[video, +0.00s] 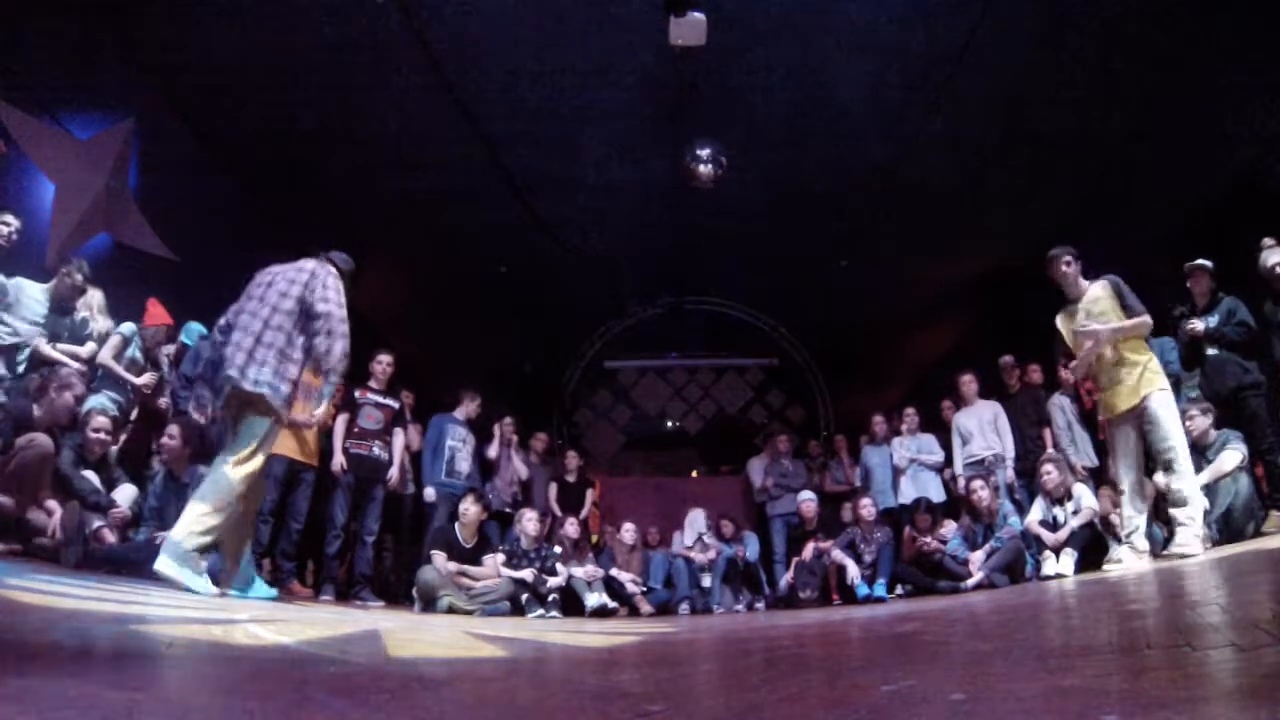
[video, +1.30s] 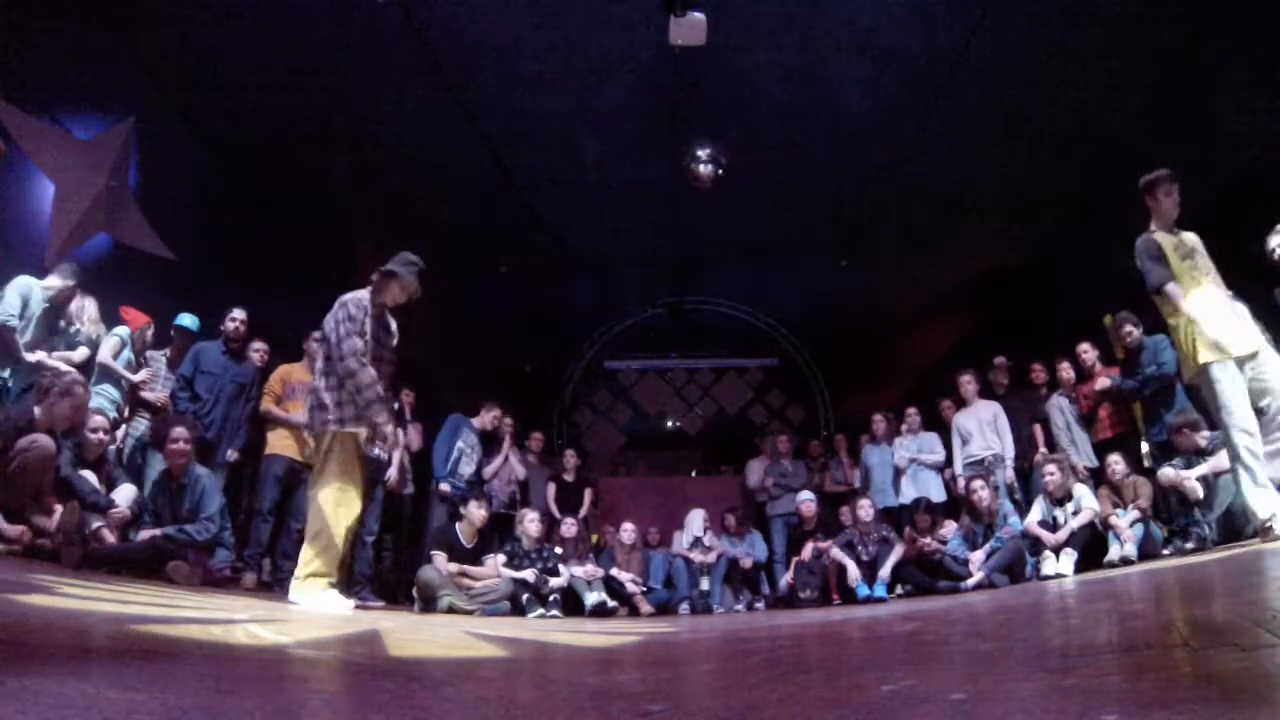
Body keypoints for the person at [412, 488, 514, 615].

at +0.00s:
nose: (465, 508)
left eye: (473, 505)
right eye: (464, 502)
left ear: (483, 515)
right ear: (458, 505)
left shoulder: (483, 538)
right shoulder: (442, 533)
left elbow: (493, 572)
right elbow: (440, 567)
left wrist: (460, 568)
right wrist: (474, 584)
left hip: (476, 590)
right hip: (446, 588)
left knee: (507, 585)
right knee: (427, 574)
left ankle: (454, 605)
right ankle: (477, 609)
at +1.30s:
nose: (484, 514)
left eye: (486, 509)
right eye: (478, 508)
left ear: (489, 512)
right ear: (462, 510)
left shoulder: (485, 538)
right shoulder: (442, 533)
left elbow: (493, 572)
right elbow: (442, 570)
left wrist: (462, 569)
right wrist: (474, 584)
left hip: (476, 591)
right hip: (447, 588)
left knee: (506, 585)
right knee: (427, 574)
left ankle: (453, 604)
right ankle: (476, 609)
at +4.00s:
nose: (487, 513)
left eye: (488, 509)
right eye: (481, 508)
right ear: (464, 509)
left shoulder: (484, 536)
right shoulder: (444, 532)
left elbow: (493, 572)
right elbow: (442, 570)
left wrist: (461, 569)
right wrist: (474, 584)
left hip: (477, 592)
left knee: (507, 584)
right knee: (426, 573)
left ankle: (457, 604)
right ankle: (477, 608)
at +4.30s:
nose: (476, 511)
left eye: (481, 508)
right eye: (471, 505)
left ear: (486, 513)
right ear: (461, 509)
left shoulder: (484, 536)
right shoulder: (444, 531)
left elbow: (493, 572)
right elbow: (441, 570)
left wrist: (461, 569)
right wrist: (474, 584)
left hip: (477, 591)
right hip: (447, 589)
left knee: (507, 584)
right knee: (427, 573)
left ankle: (456, 604)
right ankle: (478, 608)